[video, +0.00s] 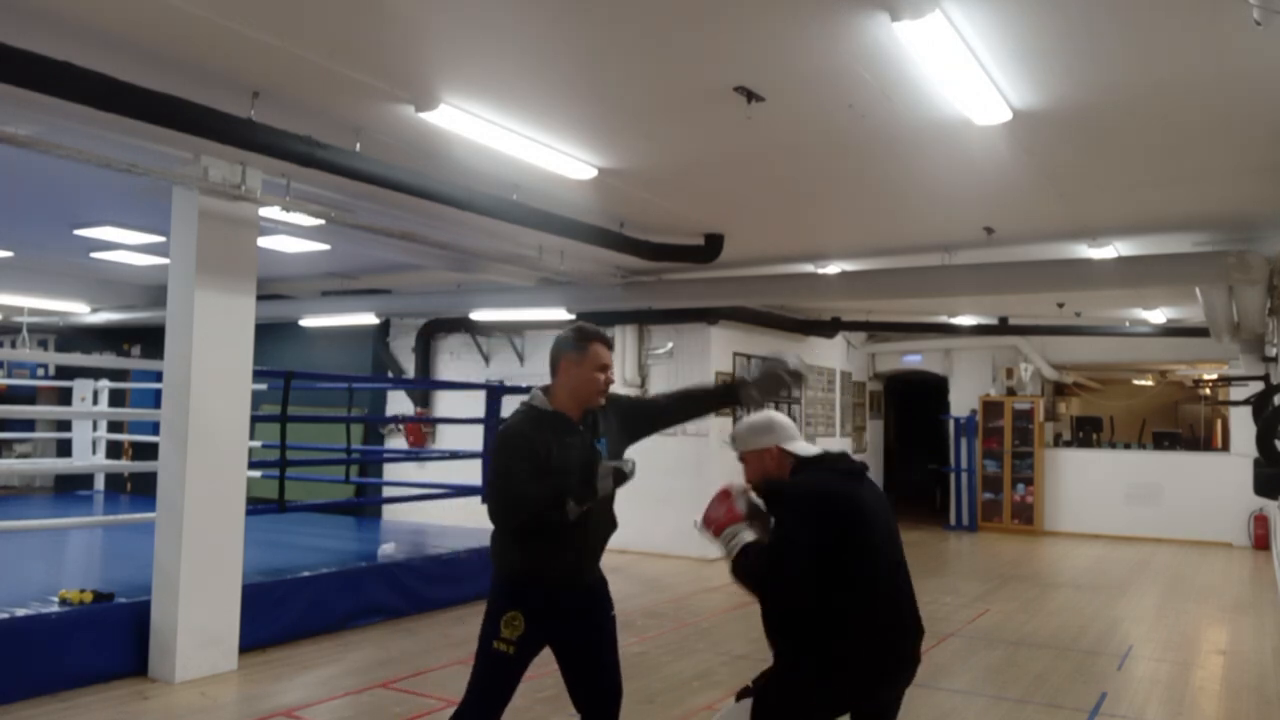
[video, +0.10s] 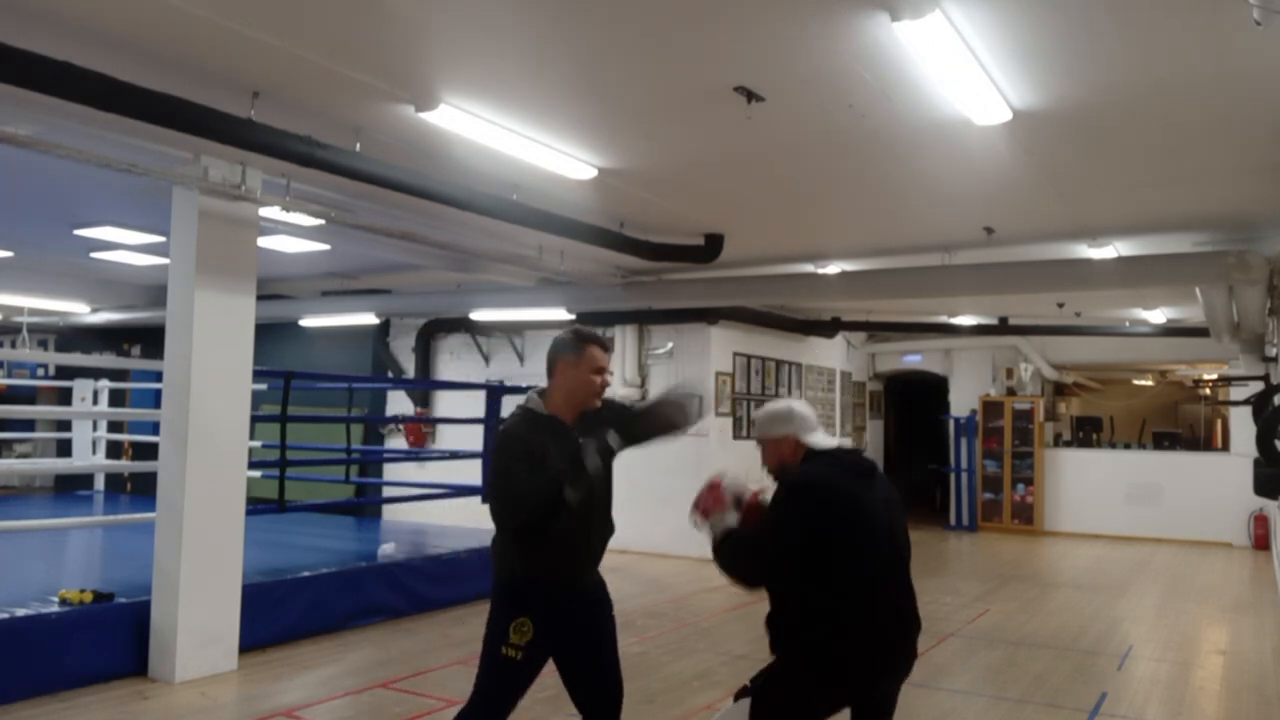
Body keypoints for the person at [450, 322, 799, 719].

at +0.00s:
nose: (610, 379)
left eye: (611, 370)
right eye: (601, 368)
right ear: (565, 367)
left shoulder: (608, 419)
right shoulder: (518, 435)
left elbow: (669, 409)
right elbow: (510, 517)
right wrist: (579, 499)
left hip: (583, 590)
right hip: (522, 592)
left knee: (602, 708)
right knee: (481, 709)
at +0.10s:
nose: (606, 383)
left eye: (607, 374)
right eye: (597, 372)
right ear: (561, 370)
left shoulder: (602, 421)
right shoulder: (518, 436)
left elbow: (648, 420)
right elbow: (514, 522)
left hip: (582, 587)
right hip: (526, 593)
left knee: (604, 706)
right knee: (488, 708)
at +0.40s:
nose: (564, 393)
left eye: (565, 384)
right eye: (555, 383)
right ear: (519, 379)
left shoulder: (554, 434)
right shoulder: (485, 437)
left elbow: (578, 478)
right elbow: (531, 488)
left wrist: (629, 495)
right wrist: (593, 453)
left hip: (546, 592)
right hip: (487, 597)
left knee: (580, 699)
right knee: (465, 710)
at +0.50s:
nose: (560, 390)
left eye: (561, 381)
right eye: (553, 380)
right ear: (517, 374)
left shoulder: (555, 426)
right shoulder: (468, 440)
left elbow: (605, 454)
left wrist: (663, 455)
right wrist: (544, 469)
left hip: (540, 590)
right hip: (481, 594)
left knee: (561, 696)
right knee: (459, 708)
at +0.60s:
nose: (565, 388)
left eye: (567, 379)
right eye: (557, 377)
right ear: (522, 373)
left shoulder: (562, 427)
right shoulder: (477, 430)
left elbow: (620, 469)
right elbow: (477, 507)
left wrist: (656, 449)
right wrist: (518, 422)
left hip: (533, 588)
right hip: (475, 590)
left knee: (548, 696)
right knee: (453, 705)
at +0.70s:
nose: (572, 386)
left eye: (574, 376)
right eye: (564, 375)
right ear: (530, 373)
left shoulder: (561, 425)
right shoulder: (493, 422)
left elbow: (580, 483)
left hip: (525, 579)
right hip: (468, 578)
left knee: (539, 696)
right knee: (441, 702)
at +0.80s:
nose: (569, 393)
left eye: (572, 385)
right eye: (562, 382)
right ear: (528, 376)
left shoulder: (542, 433)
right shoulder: (493, 425)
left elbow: (549, 497)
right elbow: (548, 470)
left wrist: (583, 517)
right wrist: (609, 425)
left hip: (515, 583)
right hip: (463, 582)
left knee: (534, 694)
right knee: (422, 700)